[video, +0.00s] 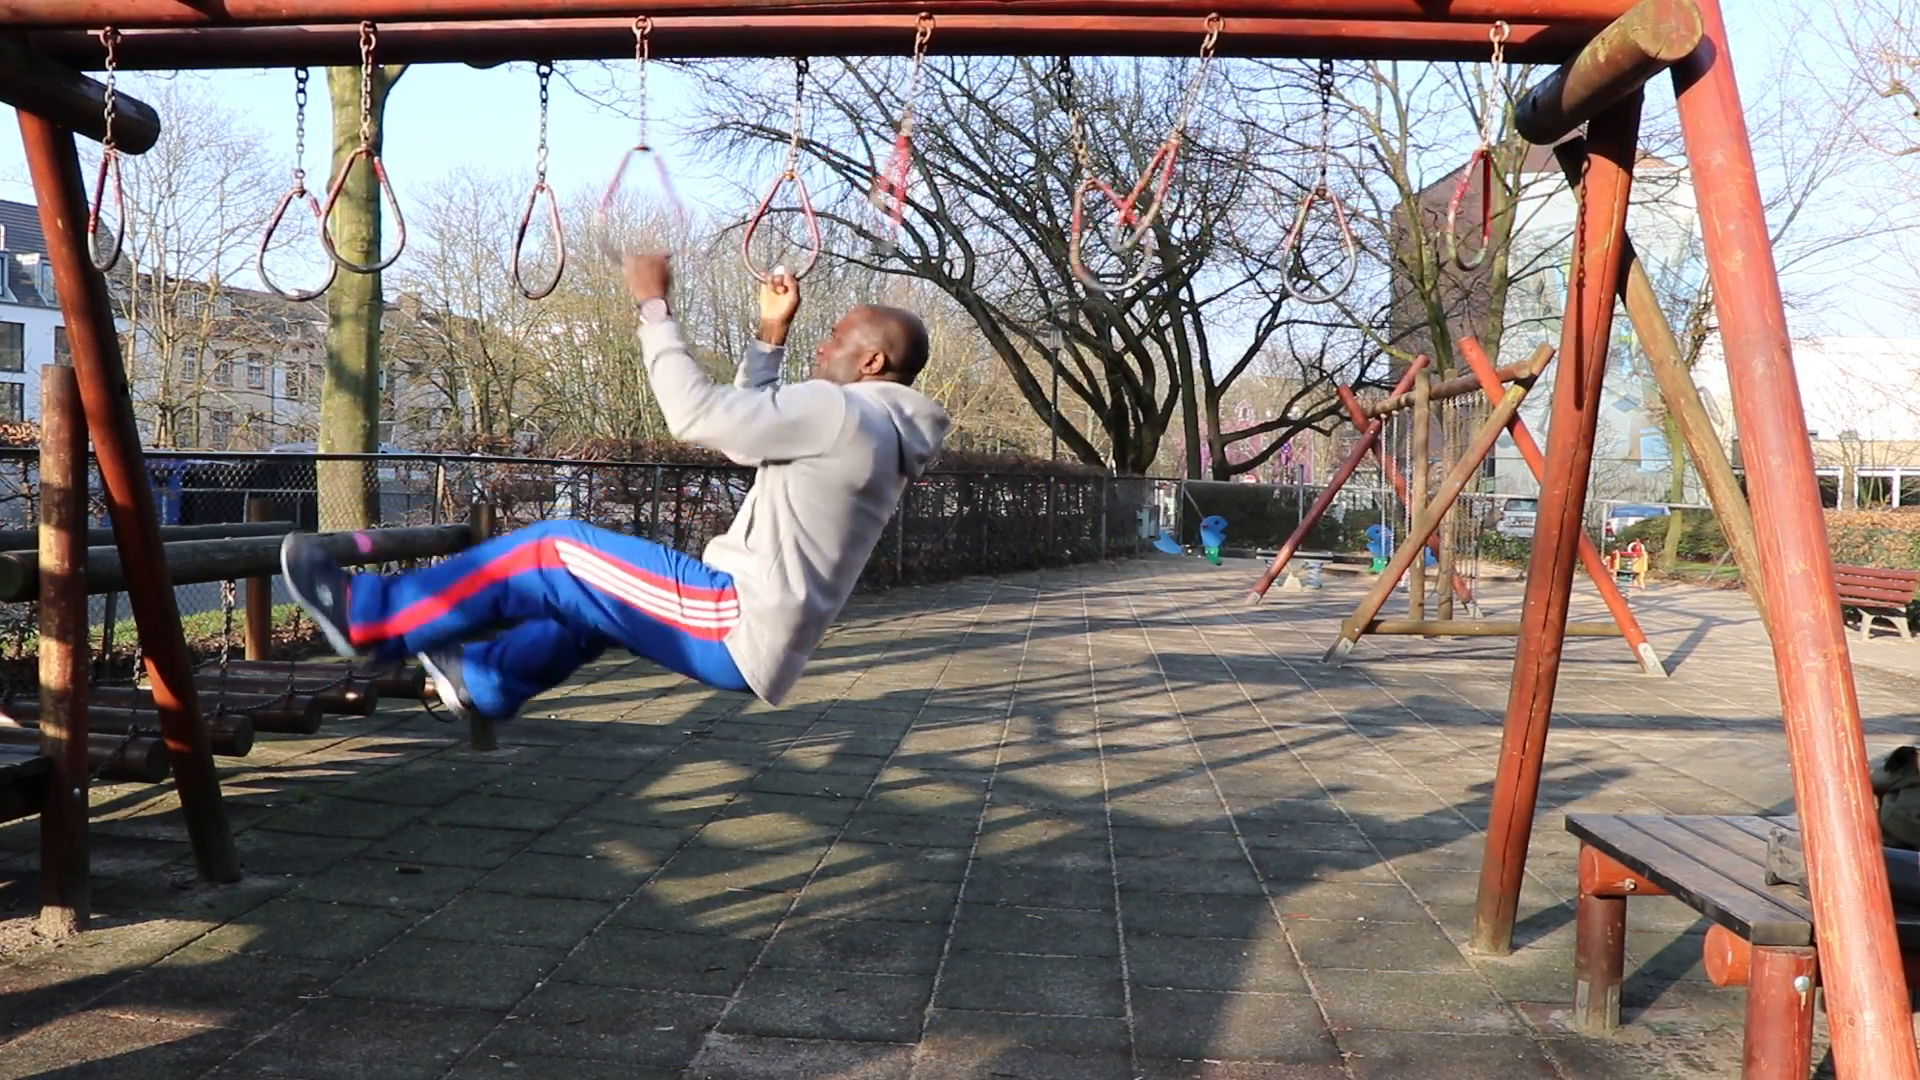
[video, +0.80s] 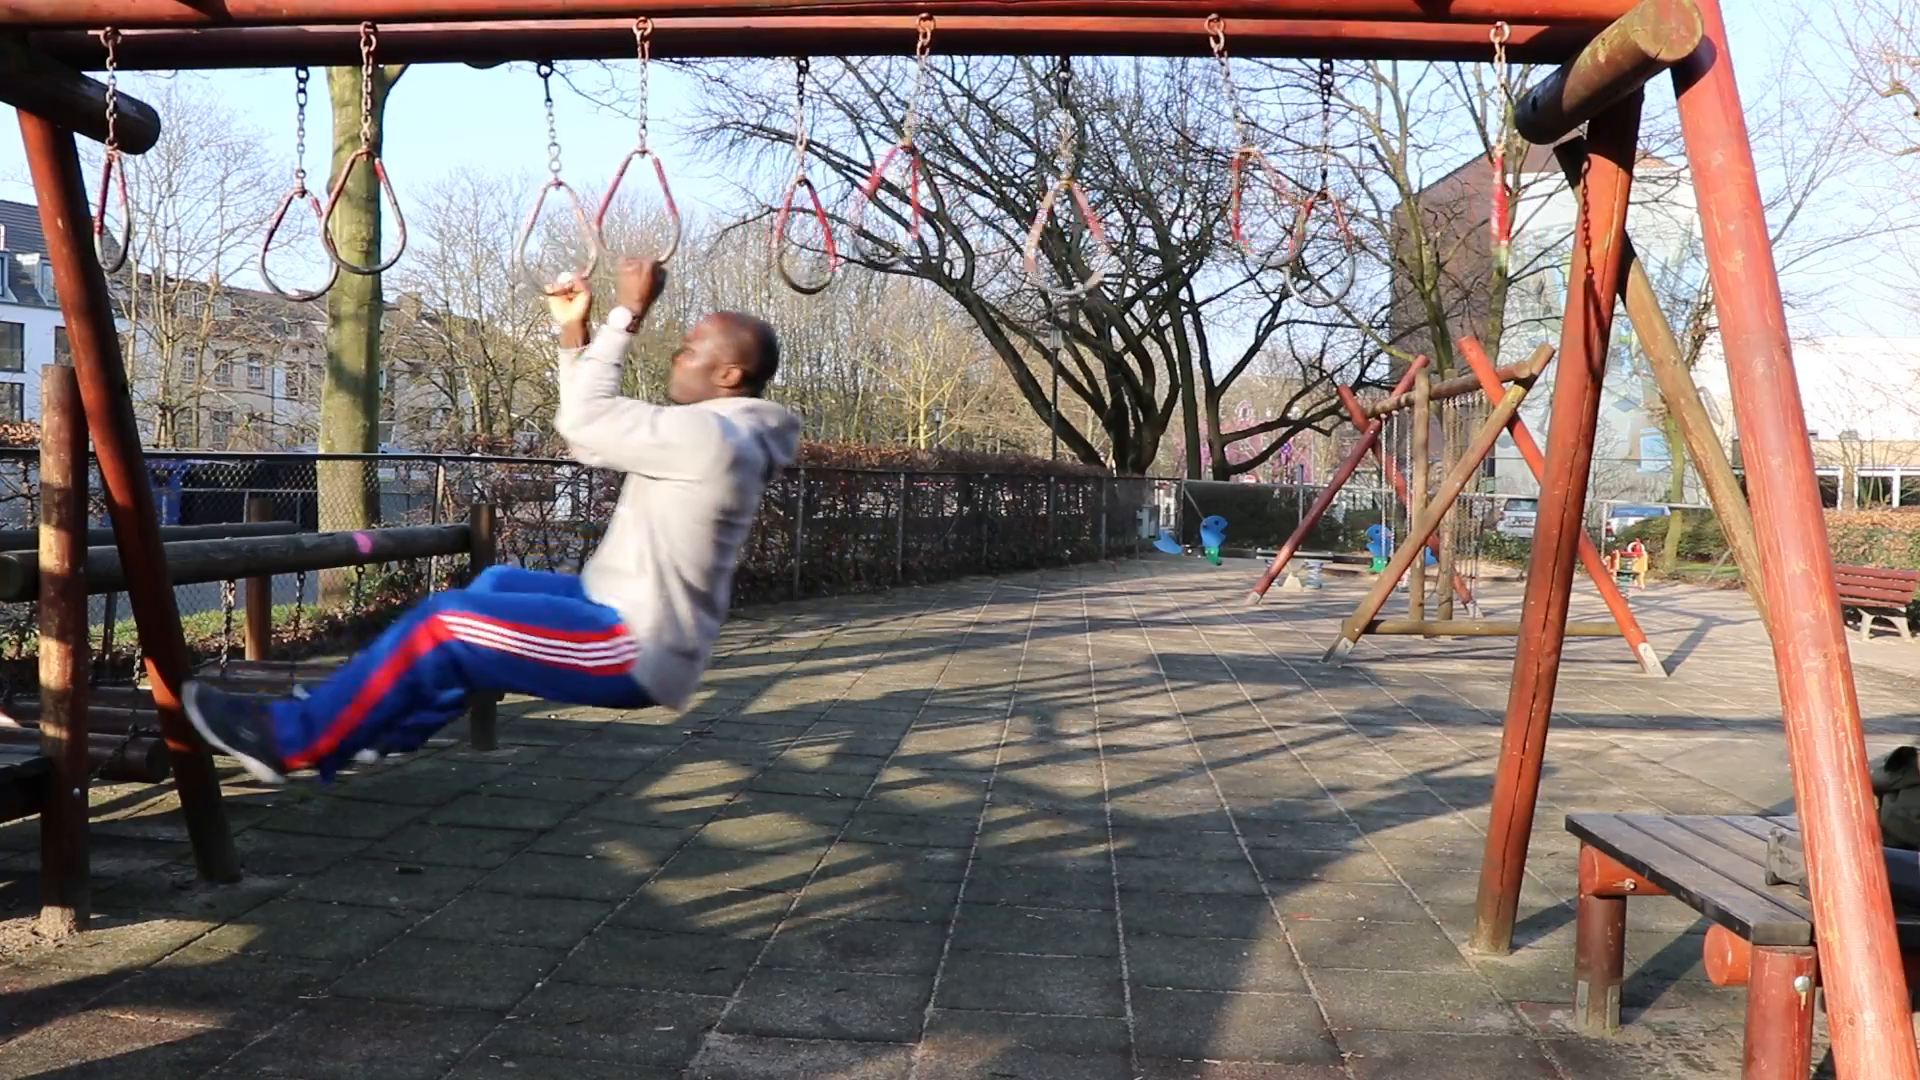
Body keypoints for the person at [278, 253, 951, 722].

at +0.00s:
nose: (824, 351)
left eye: (836, 341)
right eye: (830, 341)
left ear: (874, 363)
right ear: (885, 371)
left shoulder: (836, 413)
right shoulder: (881, 433)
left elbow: (698, 417)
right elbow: (761, 434)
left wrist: (653, 308)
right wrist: (771, 340)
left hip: (733, 621)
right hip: (767, 632)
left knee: (555, 546)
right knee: (592, 595)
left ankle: (363, 614)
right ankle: (485, 687)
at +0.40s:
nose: (773, 328)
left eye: (786, 319)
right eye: (780, 316)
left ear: (823, 341)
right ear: (830, 343)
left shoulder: (804, 402)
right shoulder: (827, 401)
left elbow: (676, 422)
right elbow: (705, 421)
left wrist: (672, 318)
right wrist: (692, 336)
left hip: (735, 610)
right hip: (749, 587)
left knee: (549, 573)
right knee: (609, 531)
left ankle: (407, 695)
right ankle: (461, 642)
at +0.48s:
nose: (761, 330)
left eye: (776, 321)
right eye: (768, 317)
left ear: (812, 344)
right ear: (813, 345)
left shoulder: (794, 408)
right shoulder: (810, 402)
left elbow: (667, 422)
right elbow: (680, 400)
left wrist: (670, 315)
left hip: (726, 618)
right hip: (735, 589)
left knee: (538, 584)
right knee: (594, 537)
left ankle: (395, 702)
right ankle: (454, 649)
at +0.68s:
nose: (706, 348)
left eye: (722, 339)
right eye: (713, 336)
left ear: (760, 364)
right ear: (760, 363)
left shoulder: (749, 430)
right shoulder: (741, 421)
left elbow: (621, 421)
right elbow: (616, 422)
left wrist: (647, 314)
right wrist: (568, 338)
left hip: (681, 637)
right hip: (666, 598)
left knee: (489, 626)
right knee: (525, 573)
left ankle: (340, 735)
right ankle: (386, 692)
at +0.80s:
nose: (676, 359)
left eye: (690, 348)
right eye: (683, 346)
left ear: (726, 370)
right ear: (729, 373)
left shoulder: (712, 438)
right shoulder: (711, 433)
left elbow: (586, 420)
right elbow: (596, 433)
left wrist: (628, 315)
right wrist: (575, 342)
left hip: (639, 648)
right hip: (628, 615)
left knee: (447, 622)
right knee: (486, 587)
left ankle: (299, 741)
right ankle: (381, 732)